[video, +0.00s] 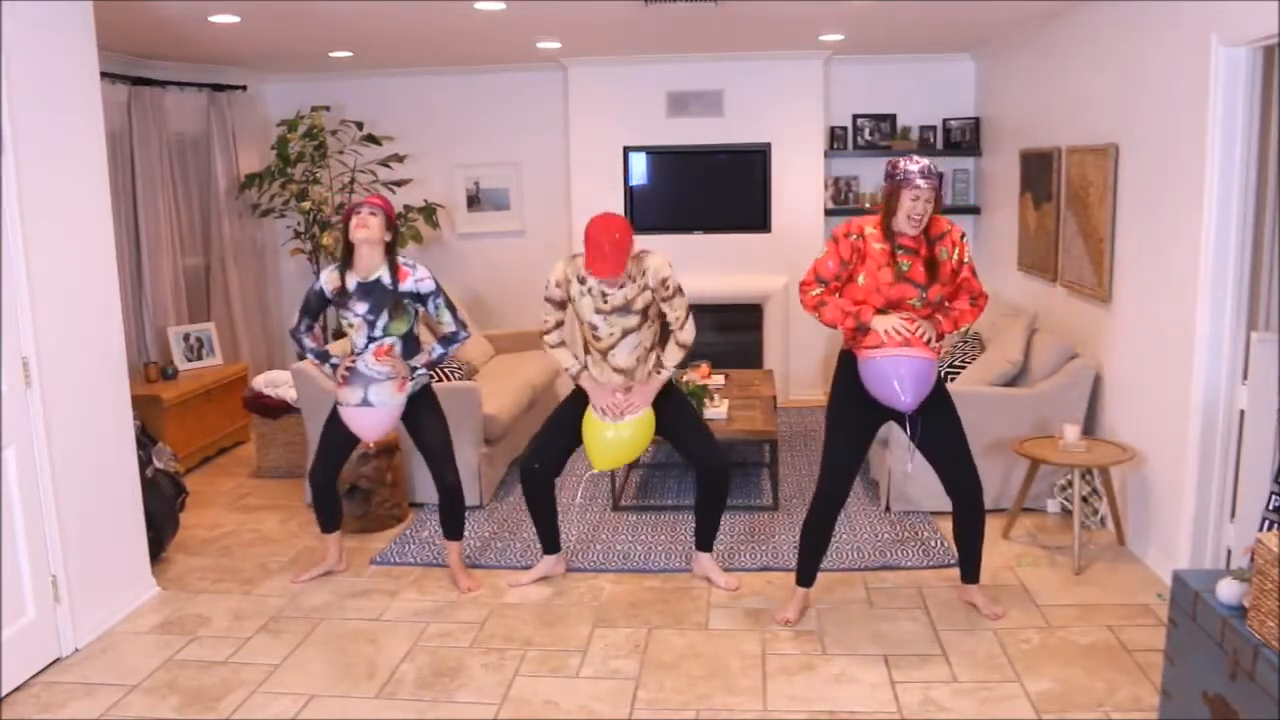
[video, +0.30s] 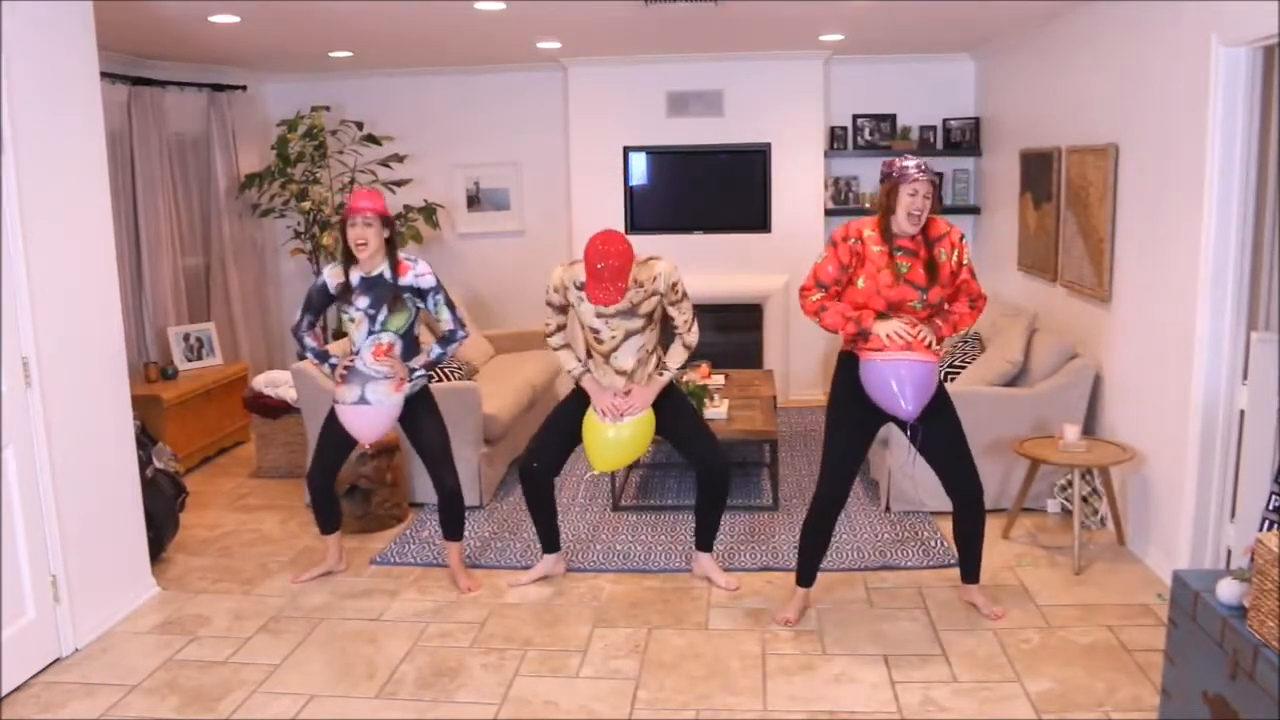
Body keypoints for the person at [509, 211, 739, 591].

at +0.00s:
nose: (609, 281)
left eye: (616, 273)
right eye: (601, 274)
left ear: (630, 254)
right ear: (586, 256)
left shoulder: (655, 270)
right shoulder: (566, 274)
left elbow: (684, 332)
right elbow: (552, 336)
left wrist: (652, 385)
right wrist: (591, 386)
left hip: (652, 387)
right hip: (592, 389)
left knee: (714, 464)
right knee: (534, 467)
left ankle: (704, 555)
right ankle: (552, 556)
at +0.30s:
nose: (606, 298)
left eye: (614, 291)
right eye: (599, 292)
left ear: (631, 270)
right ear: (585, 270)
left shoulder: (661, 276)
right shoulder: (564, 281)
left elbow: (688, 334)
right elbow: (556, 338)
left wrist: (652, 388)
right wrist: (593, 389)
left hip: (652, 388)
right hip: (592, 389)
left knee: (714, 465)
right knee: (533, 469)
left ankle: (703, 555)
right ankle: (552, 556)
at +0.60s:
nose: (611, 269)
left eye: (618, 259)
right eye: (603, 261)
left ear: (633, 253)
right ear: (591, 257)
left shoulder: (663, 292)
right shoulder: (568, 289)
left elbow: (695, 353)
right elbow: (553, 344)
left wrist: (653, 396)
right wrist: (588, 392)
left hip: (654, 395)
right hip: (591, 396)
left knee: (716, 465)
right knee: (528, 469)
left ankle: (704, 555)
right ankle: (551, 555)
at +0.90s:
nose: (610, 247)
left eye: (620, 238)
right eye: (601, 239)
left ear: (636, 246)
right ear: (591, 247)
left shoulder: (662, 295)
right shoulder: (566, 295)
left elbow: (694, 358)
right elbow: (551, 348)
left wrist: (652, 400)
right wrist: (588, 394)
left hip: (653, 397)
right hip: (590, 398)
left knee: (716, 466)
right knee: (527, 469)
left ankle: (704, 555)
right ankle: (551, 555)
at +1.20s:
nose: (609, 230)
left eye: (619, 224)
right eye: (602, 224)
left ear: (636, 240)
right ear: (590, 238)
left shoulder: (656, 282)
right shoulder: (569, 284)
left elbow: (688, 351)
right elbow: (546, 339)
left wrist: (654, 391)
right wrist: (581, 385)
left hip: (652, 393)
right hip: (591, 395)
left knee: (720, 464)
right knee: (528, 469)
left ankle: (704, 554)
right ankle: (551, 556)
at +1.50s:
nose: (611, 300)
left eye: (618, 292)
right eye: (603, 292)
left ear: (633, 268)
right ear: (588, 270)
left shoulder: (655, 271)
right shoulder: (571, 268)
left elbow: (688, 337)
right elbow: (542, 332)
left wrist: (658, 393)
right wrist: (576, 391)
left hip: (652, 398)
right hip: (590, 399)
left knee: (718, 469)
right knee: (528, 476)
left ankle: (703, 557)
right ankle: (552, 557)